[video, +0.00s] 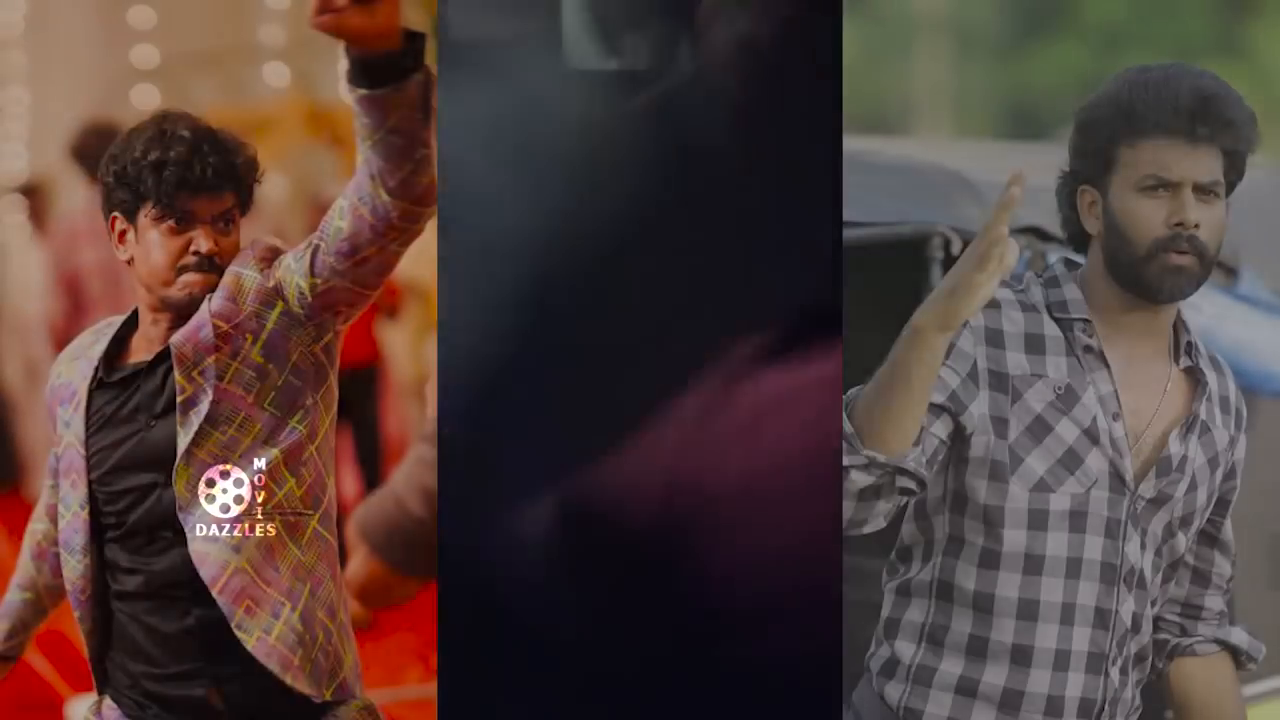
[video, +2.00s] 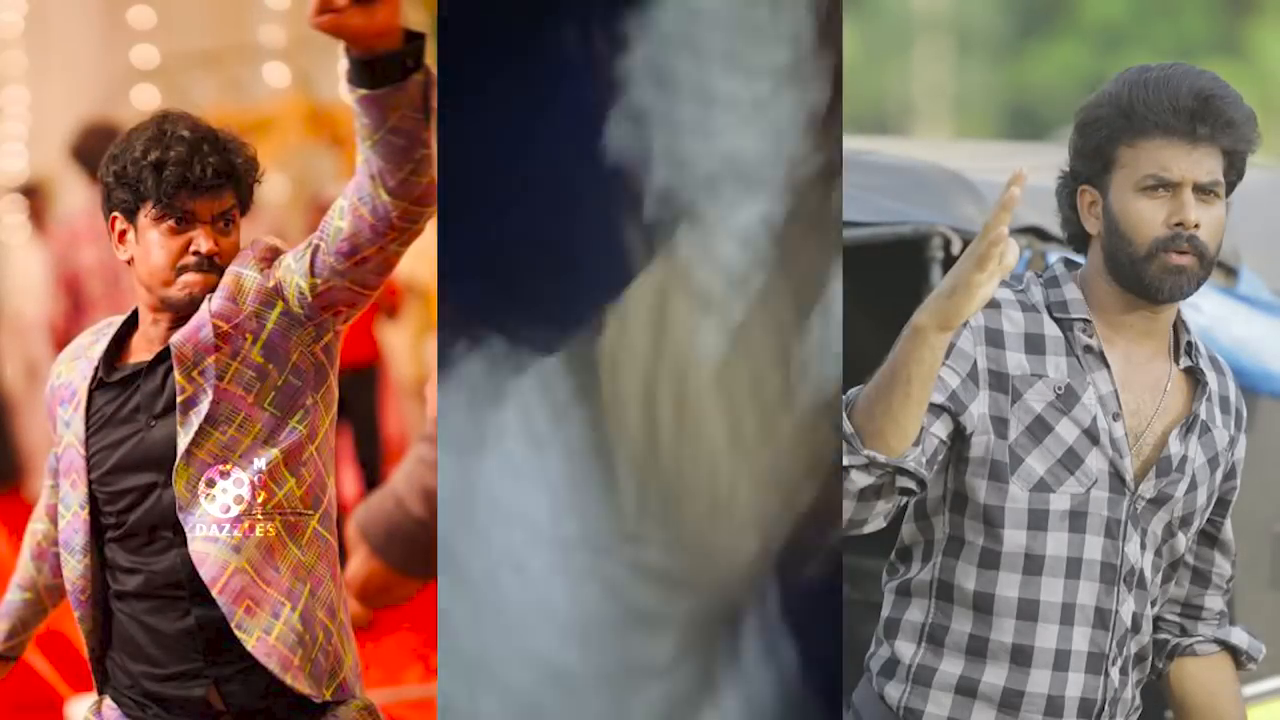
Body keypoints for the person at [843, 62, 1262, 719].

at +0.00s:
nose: (1187, 217)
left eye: (1207, 194)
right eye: (1157, 190)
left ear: (1228, 209)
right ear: (1091, 207)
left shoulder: (1220, 400)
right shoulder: (983, 327)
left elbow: (1192, 617)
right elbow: (853, 507)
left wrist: (1224, 710)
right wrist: (935, 320)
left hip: (1107, 709)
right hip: (936, 702)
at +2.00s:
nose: (1187, 217)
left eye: (1207, 194)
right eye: (1157, 190)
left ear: (1227, 208)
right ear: (1092, 208)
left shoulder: (1219, 398)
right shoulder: (984, 329)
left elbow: (1193, 618)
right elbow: (851, 507)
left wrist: (1226, 711)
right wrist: (932, 327)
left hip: (1106, 709)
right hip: (937, 702)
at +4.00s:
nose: (1187, 217)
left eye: (1207, 194)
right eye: (1157, 190)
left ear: (1227, 209)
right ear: (1092, 208)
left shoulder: (1219, 398)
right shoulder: (984, 328)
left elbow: (1193, 615)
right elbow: (851, 508)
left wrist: (1225, 711)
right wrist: (931, 327)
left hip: (1105, 709)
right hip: (934, 702)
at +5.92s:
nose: (1187, 217)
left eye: (1207, 194)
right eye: (1157, 190)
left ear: (1227, 208)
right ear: (1092, 207)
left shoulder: (1219, 398)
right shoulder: (984, 328)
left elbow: (1193, 617)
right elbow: (852, 507)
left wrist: (1225, 711)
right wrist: (931, 327)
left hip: (1105, 709)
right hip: (935, 702)